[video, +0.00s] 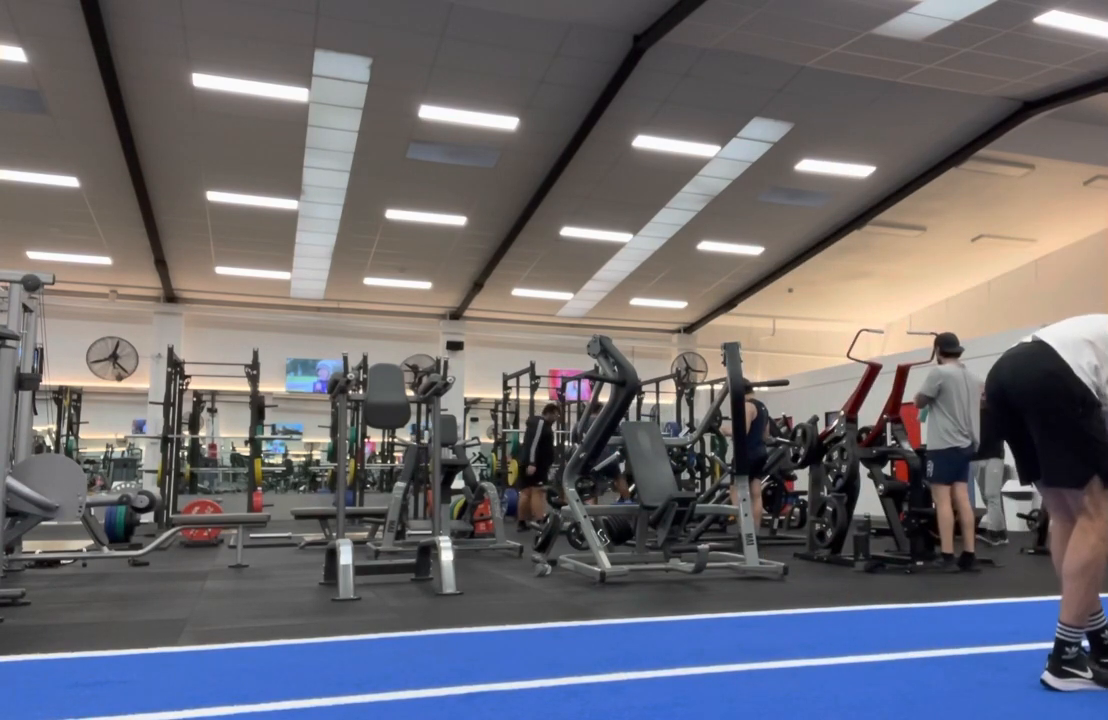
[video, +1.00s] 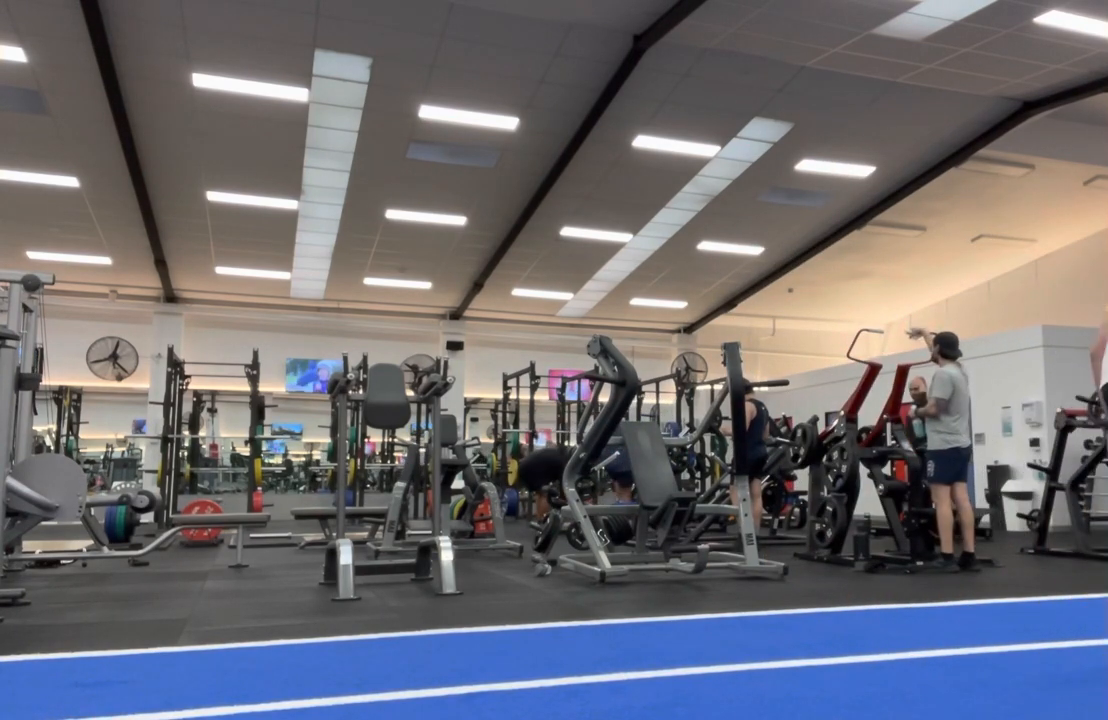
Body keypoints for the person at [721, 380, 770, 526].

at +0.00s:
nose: (733, 395)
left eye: (733, 391)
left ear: (738, 391)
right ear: (750, 388)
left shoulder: (747, 406)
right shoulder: (761, 406)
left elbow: (743, 431)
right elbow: (766, 435)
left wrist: (724, 429)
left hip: (745, 455)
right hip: (760, 453)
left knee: (735, 490)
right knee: (756, 494)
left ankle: (743, 529)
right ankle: (755, 531)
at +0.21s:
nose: (733, 395)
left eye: (733, 391)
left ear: (738, 391)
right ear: (750, 388)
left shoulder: (747, 406)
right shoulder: (761, 406)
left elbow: (743, 431)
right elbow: (765, 434)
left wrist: (724, 429)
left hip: (745, 455)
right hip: (759, 454)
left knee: (735, 490)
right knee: (756, 494)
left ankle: (743, 529)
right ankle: (755, 532)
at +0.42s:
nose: (733, 395)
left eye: (734, 391)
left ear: (739, 391)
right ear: (750, 388)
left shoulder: (747, 406)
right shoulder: (761, 406)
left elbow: (743, 431)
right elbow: (765, 434)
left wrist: (725, 430)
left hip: (746, 454)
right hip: (759, 453)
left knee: (735, 489)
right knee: (756, 495)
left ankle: (743, 528)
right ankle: (755, 532)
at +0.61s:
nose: (733, 394)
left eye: (733, 391)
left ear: (739, 391)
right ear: (750, 388)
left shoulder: (747, 406)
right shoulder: (761, 406)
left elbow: (743, 429)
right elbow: (765, 433)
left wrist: (724, 430)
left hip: (745, 454)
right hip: (760, 453)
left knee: (735, 489)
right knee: (756, 495)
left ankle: (743, 528)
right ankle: (755, 532)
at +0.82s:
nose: (733, 394)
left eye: (733, 391)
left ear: (739, 391)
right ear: (750, 388)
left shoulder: (747, 406)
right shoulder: (761, 406)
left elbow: (742, 429)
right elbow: (766, 433)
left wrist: (724, 430)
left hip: (745, 454)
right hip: (760, 453)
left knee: (735, 489)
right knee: (756, 495)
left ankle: (743, 528)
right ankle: (755, 532)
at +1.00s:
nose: (733, 396)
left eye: (733, 392)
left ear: (738, 392)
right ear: (750, 388)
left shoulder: (747, 405)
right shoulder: (761, 406)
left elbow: (742, 429)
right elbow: (765, 433)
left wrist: (723, 429)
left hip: (746, 454)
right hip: (760, 453)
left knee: (735, 489)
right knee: (756, 495)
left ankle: (743, 529)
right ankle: (755, 533)